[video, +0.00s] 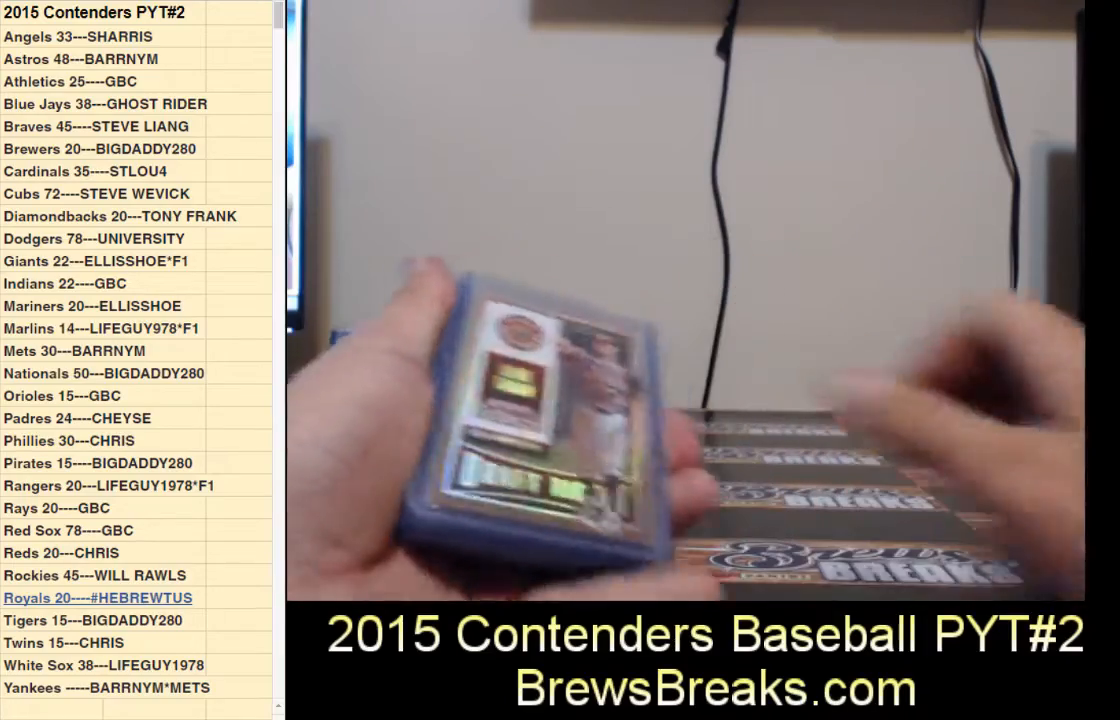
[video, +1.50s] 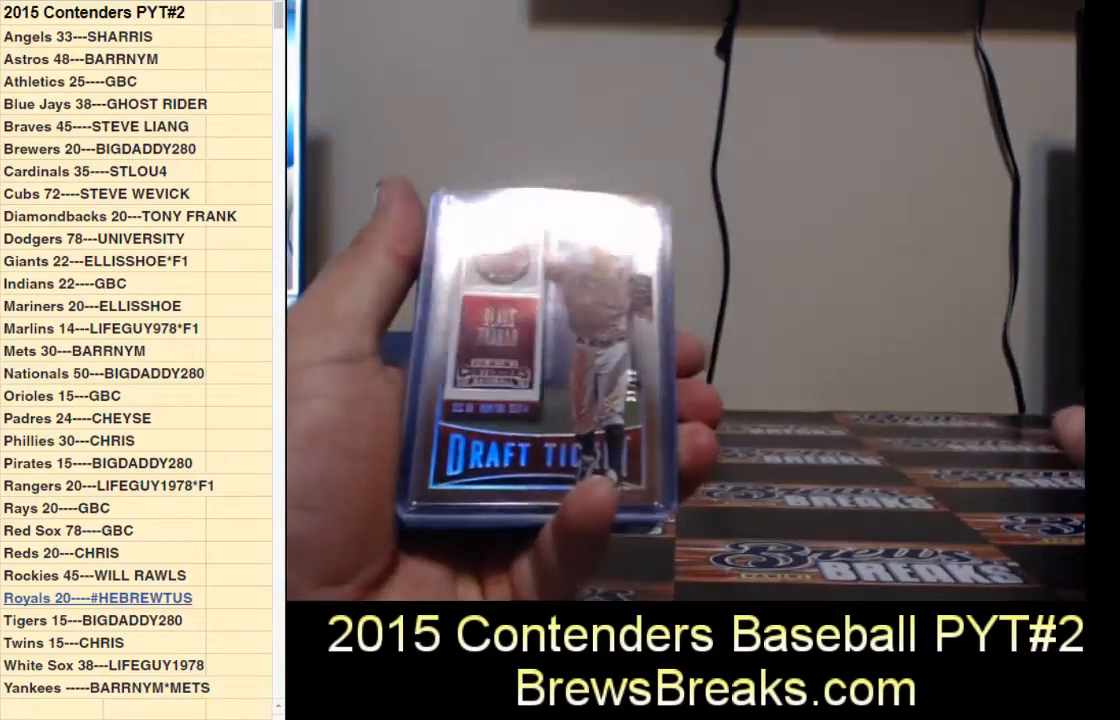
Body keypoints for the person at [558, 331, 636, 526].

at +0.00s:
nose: (604, 348)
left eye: (608, 344)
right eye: (600, 344)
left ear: (616, 348)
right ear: (593, 346)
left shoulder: (620, 371)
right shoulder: (590, 365)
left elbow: (626, 391)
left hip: (616, 417)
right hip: (590, 414)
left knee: (613, 463)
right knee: (589, 458)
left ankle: (613, 509)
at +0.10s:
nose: (582, 343)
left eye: (586, 340)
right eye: (578, 339)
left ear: (592, 343)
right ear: (572, 342)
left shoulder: (600, 366)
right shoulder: (566, 359)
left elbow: (616, 384)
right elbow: (554, 351)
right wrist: (543, 344)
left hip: (595, 411)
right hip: (570, 410)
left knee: (593, 460)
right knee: (567, 457)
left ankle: (595, 505)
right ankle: (572, 502)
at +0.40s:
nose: (574, 319)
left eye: (578, 315)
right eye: (570, 315)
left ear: (586, 319)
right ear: (565, 318)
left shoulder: (596, 342)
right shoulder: (559, 337)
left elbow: (609, 361)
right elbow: (543, 330)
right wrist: (534, 323)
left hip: (593, 392)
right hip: (567, 392)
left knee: (594, 440)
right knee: (568, 438)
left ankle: (599, 484)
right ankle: (572, 482)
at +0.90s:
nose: (580, 300)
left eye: (584, 295)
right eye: (576, 295)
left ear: (592, 298)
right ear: (570, 298)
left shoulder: (602, 325)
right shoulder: (565, 320)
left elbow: (623, 337)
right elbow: (553, 312)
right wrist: (542, 307)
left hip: (596, 376)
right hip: (570, 376)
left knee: (594, 426)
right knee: (567, 426)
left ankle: (597, 472)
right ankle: (571, 471)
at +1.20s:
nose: (592, 280)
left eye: (597, 275)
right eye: (588, 275)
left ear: (604, 278)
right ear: (582, 277)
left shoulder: (616, 304)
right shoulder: (569, 300)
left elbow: (637, 331)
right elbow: (548, 294)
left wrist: (635, 318)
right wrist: (551, 292)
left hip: (608, 362)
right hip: (580, 362)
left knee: (608, 418)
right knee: (579, 417)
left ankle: (611, 469)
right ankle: (586, 463)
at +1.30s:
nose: (594, 274)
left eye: (599, 266)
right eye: (589, 267)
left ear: (608, 269)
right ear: (584, 269)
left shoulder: (621, 297)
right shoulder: (576, 300)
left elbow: (632, 324)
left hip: (609, 354)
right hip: (581, 355)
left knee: (608, 409)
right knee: (581, 406)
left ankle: (612, 467)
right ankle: (586, 459)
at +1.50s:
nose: (601, 260)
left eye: (608, 256)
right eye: (596, 255)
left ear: (615, 258)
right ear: (590, 255)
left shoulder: (624, 274)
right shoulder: (572, 273)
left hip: (616, 345)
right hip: (584, 345)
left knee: (612, 409)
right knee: (582, 409)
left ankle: (614, 470)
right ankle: (587, 467)